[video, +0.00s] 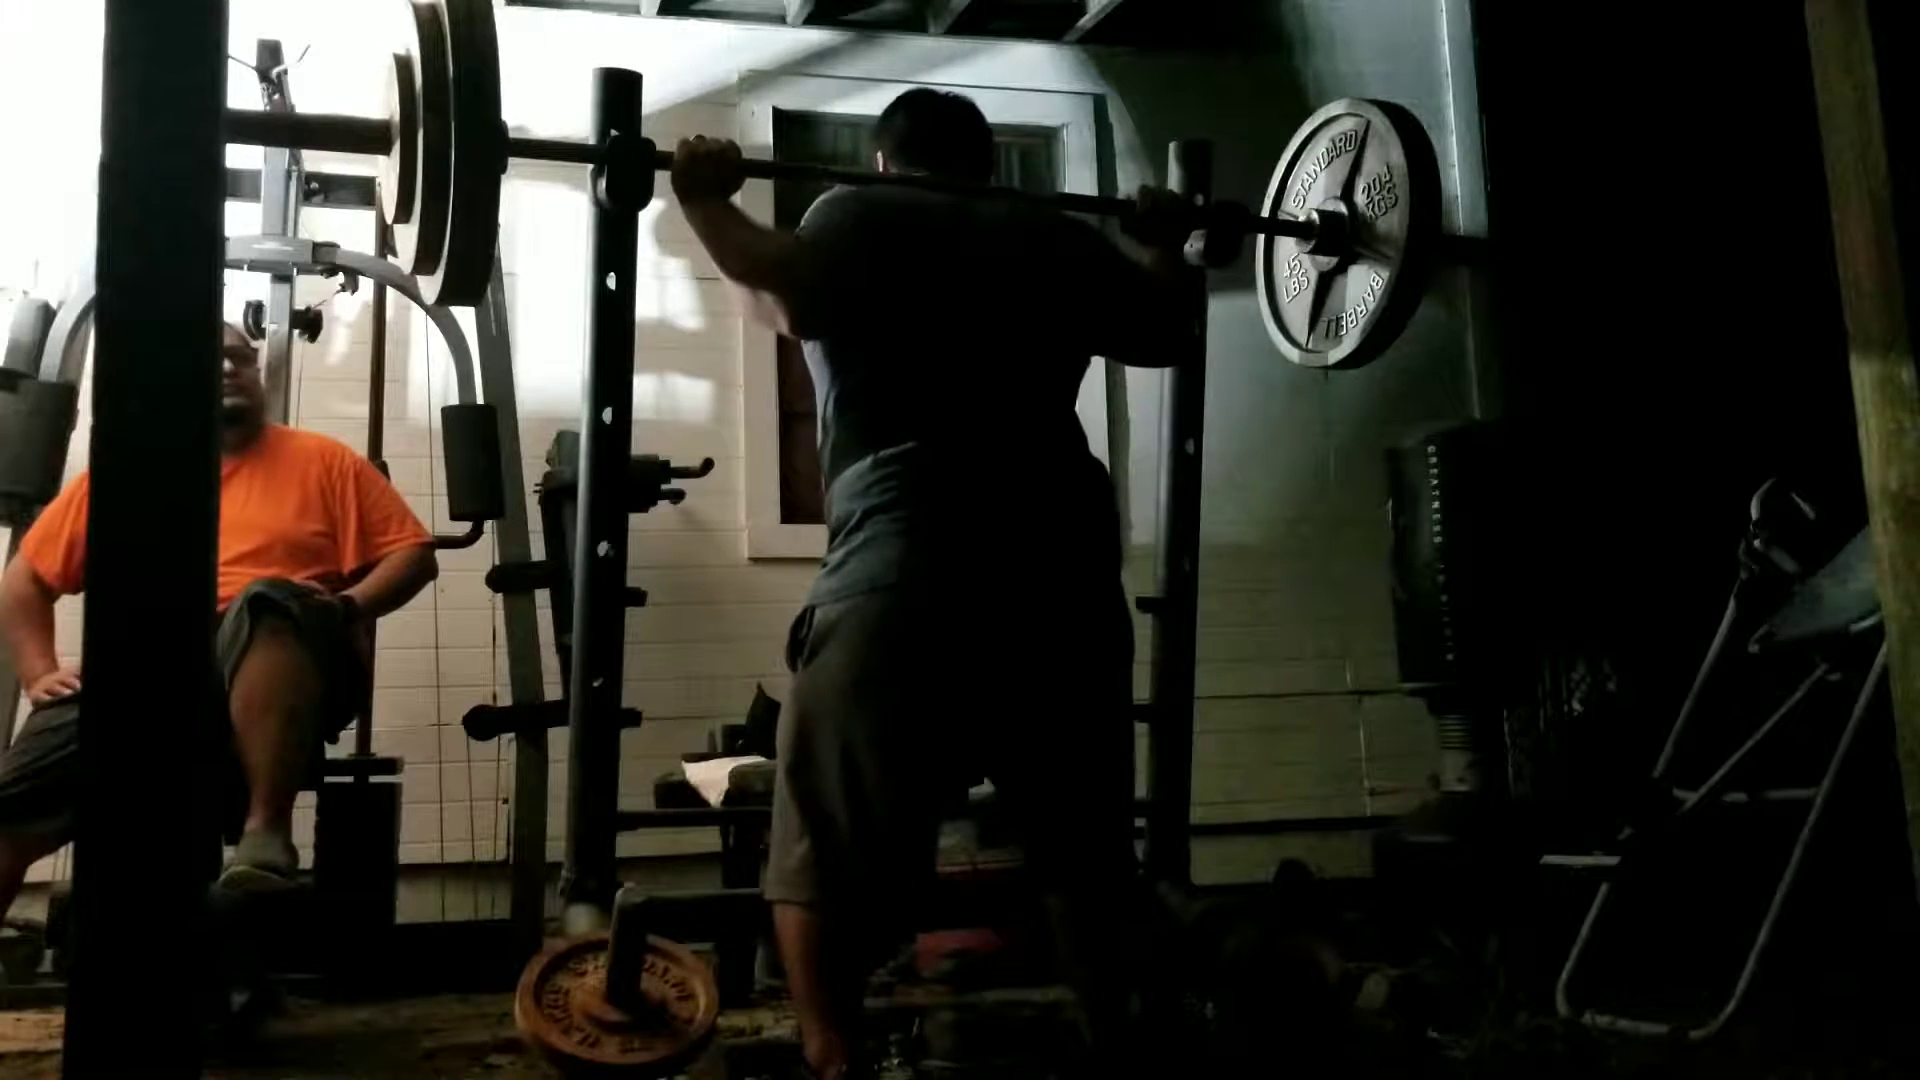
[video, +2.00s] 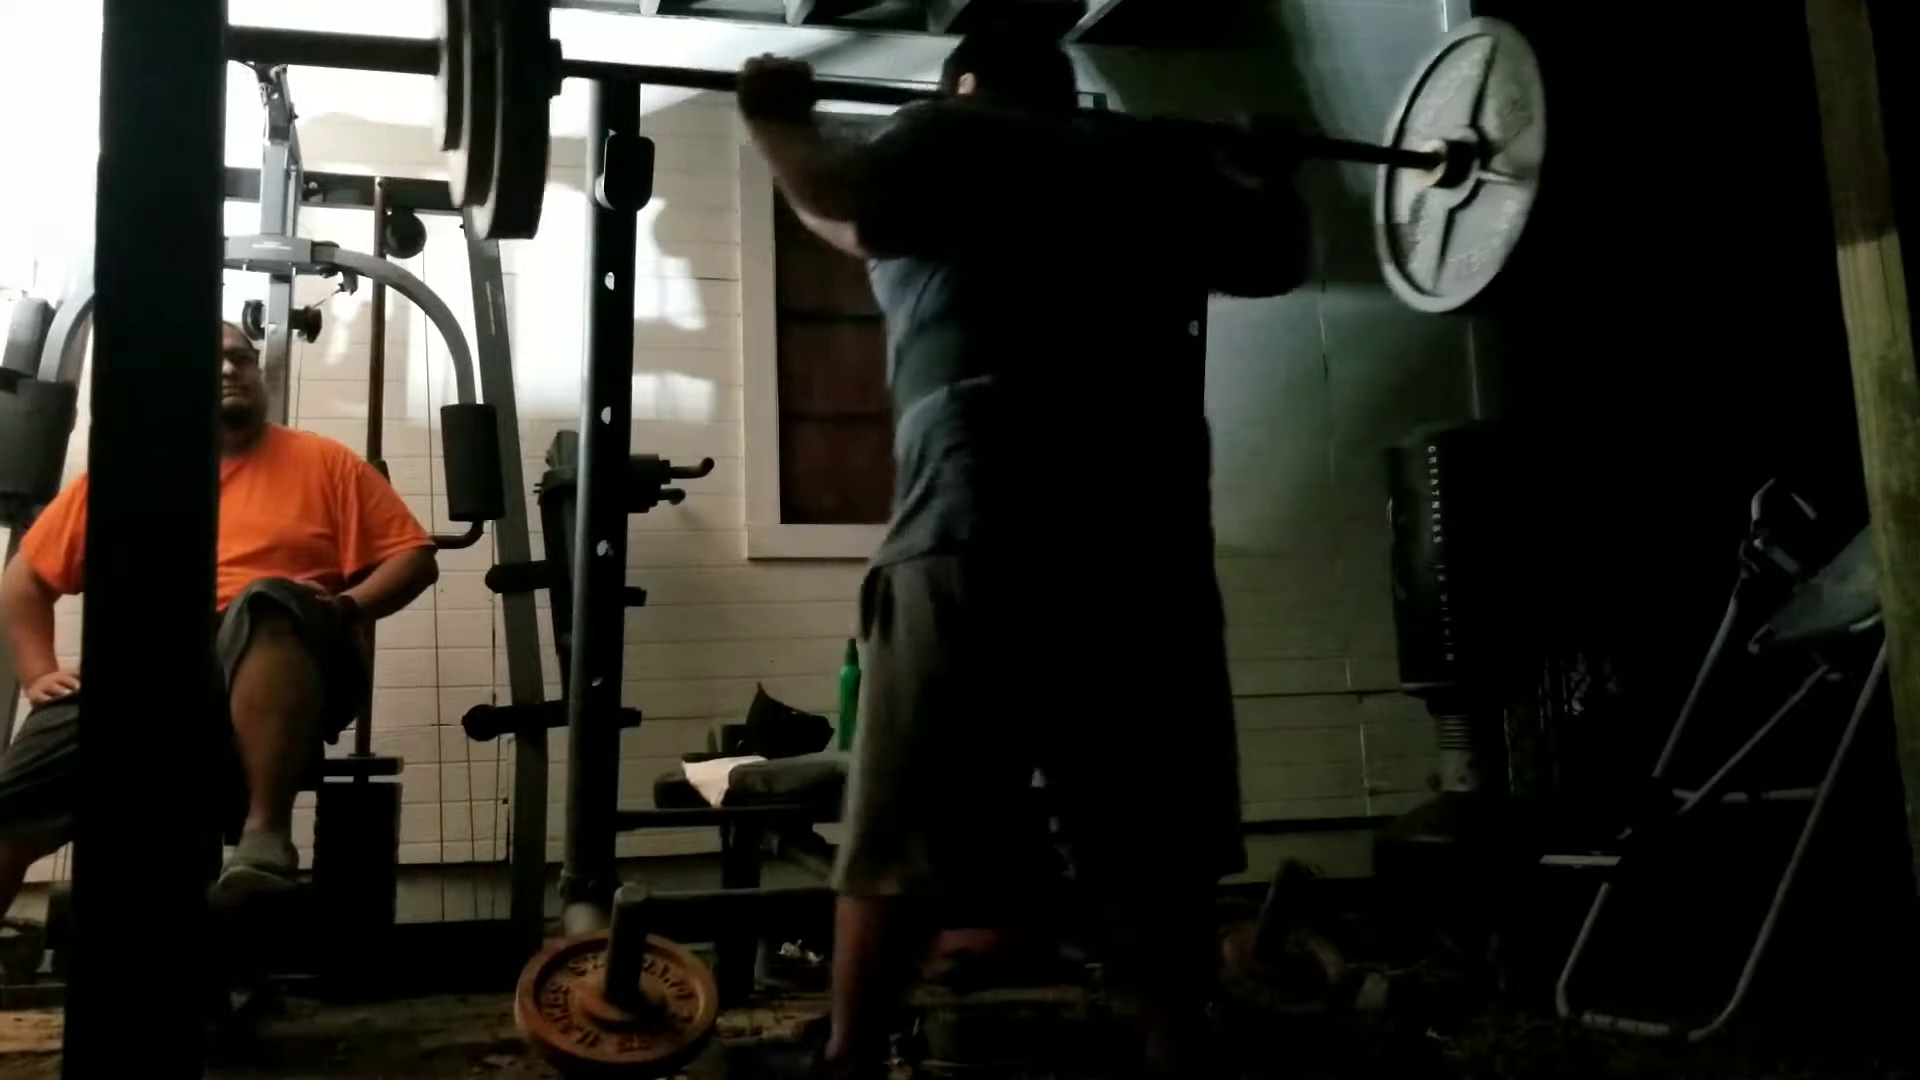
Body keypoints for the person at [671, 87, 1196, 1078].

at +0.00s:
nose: (870, 172)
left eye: (874, 158)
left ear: (883, 158)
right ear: (990, 165)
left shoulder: (850, 216)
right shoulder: (1055, 239)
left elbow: (770, 272)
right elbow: (1170, 332)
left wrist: (704, 193)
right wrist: (1164, 247)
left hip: (898, 563)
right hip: (1062, 566)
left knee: (822, 830)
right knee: (1085, 834)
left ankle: (830, 1053)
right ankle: (1121, 1042)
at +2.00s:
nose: (945, 96)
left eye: (949, 82)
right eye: (952, 84)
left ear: (967, 83)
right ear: (1067, 87)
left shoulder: (935, 140)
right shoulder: (1164, 162)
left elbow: (842, 199)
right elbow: (1281, 259)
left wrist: (774, 116)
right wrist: (1267, 163)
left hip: (967, 539)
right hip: (1148, 537)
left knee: (892, 831)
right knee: (1158, 833)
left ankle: (850, 1059)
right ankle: (1179, 1059)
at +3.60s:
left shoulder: (985, 45)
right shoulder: (1238, 67)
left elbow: (919, 143)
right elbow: (1381, 171)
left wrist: (794, 30)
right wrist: (1353, 79)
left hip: (1048, 467)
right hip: (1247, 473)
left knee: (986, 844)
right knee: (1264, 837)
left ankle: (979, 1060)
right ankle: (1289, 1058)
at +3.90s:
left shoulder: (978, 61)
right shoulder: (1230, 77)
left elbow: (894, 138)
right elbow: (1374, 171)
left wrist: (794, 46)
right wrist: (1351, 78)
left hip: (1035, 486)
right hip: (1236, 484)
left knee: (969, 843)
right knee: (1266, 834)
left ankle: (955, 1062)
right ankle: (1287, 1059)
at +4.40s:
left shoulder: (956, 57)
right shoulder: (1209, 73)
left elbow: (859, 140)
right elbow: (1350, 170)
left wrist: (761, 41)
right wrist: (1332, 75)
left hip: (1013, 480)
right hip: (1212, 476)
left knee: (958, 855)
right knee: (1252, 835)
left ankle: (957, 1070)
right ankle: (1285, 1064)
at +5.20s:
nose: (977, 165)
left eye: (975, 150)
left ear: (980, 151)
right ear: (1107, 147)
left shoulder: (950, 215)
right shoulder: (1200, 220)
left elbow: (847, 288)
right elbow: (1346, 300)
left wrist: (768, 204)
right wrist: (1324, 204)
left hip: (1036, 563)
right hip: (1248, 559)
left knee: (904, 846)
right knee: (1237, 836)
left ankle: (935, 1062)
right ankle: (1281, 1058)